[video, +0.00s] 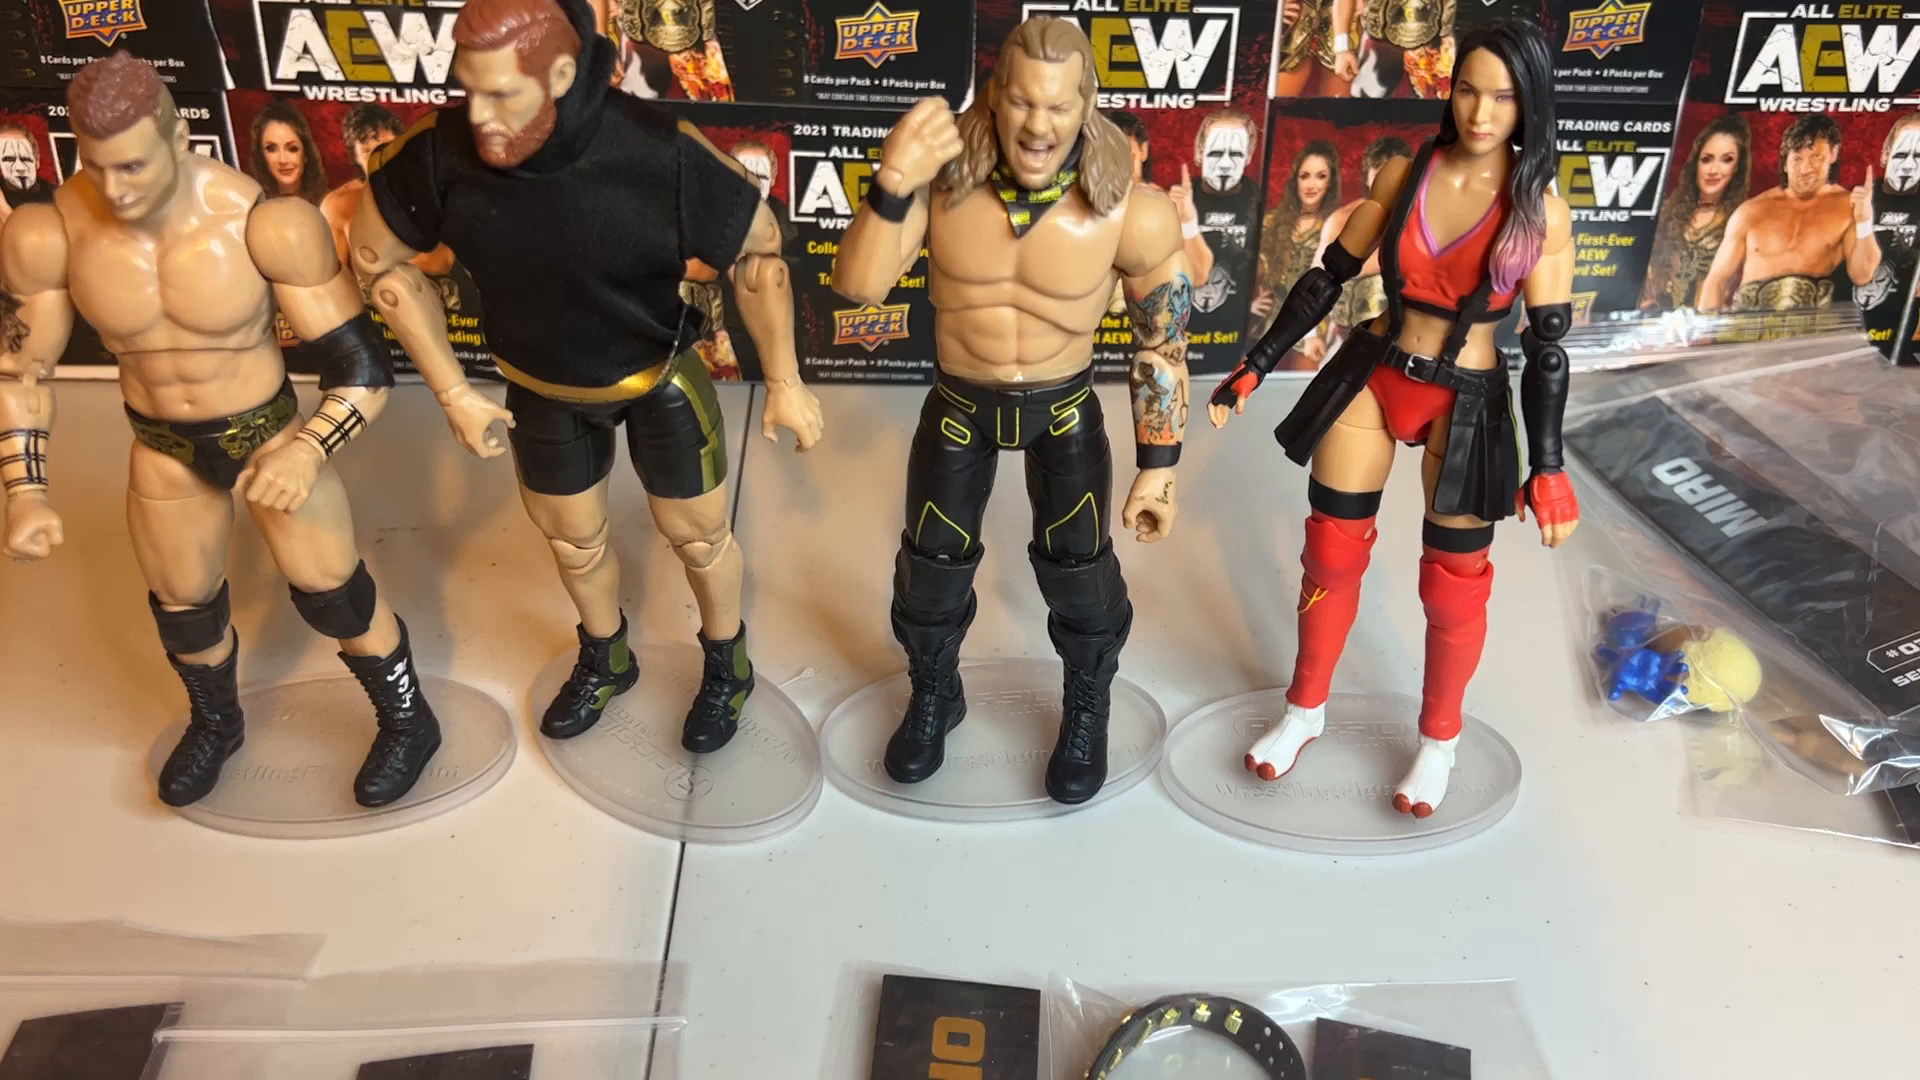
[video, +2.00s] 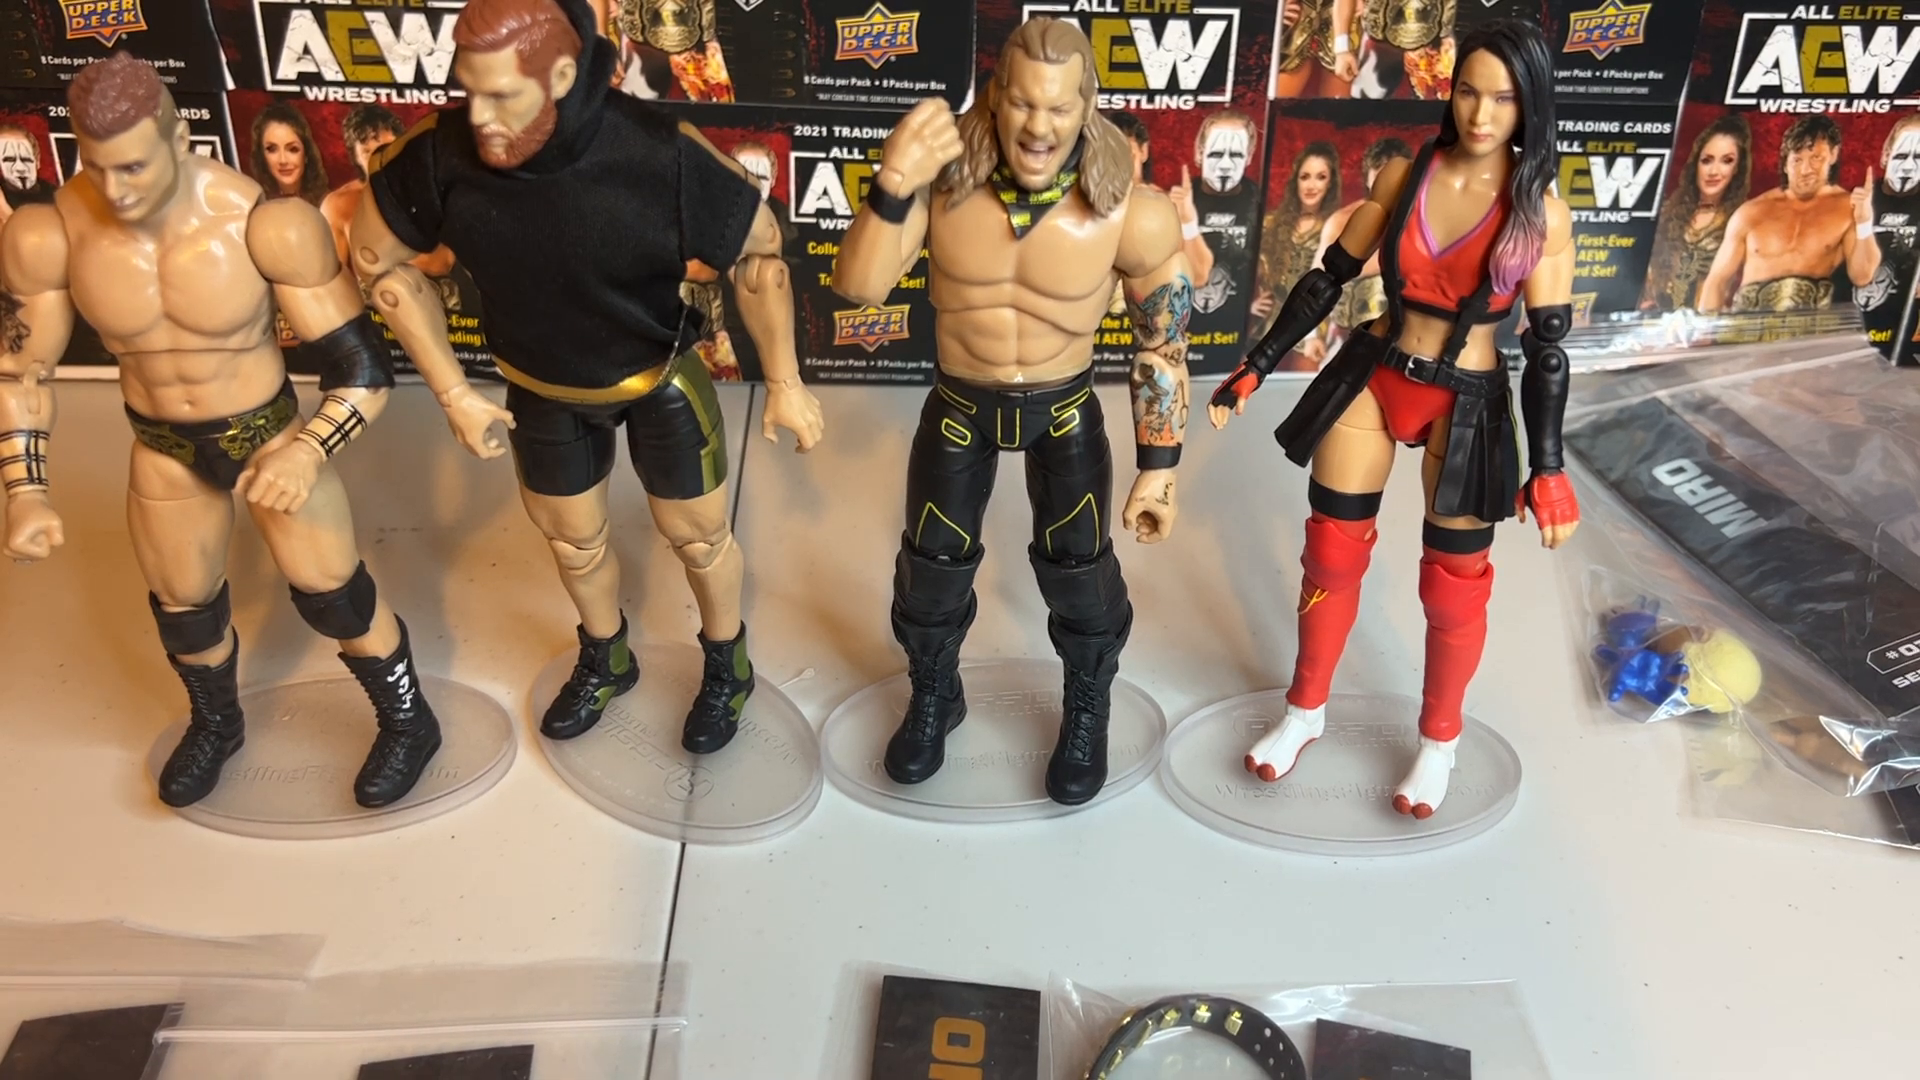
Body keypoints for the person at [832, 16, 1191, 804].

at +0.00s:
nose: (1039, 125)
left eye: (1059, 107)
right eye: (1023, 103)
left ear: (1086, 105)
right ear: (994, 94)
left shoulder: (1130, 207)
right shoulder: (943, 176)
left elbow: (1162, 337)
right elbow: (857, 285)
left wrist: (1160, 462)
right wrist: (891, 188)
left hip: (1064, 406)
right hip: (958, 402)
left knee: (1077, 567)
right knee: (932, 561)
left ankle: (1085, 712)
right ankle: (932, 699)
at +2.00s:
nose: (1039, 126)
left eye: (1059, 109)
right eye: (1023, 104)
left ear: (1086, 106)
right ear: (994, 94)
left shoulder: (1129, 207)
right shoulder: (943, 176)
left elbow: (1162, 337)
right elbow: (857, 287)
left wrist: (1161, 464)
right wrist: (892, 189)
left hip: (1064, 408)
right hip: (958, 403)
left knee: (1077, 568)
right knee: (932, 562)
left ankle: (1086, 712)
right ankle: (932, 699)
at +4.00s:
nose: (1039, 127)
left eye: (1060, 109)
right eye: (1024, 104)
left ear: (1086, 106)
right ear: (995, 95)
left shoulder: (1130, 208)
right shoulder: (944, 176)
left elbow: (1162, 337)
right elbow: (858, 287)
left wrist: (1161, 464)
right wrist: (891, 189)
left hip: (1064, 408)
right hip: (958, 403)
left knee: (1078, 569)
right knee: (933, 562)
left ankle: (1086, 712)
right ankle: (932, 699)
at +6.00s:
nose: (1039, 127)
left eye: (1060, 109)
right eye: (1024, 104)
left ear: (1086, 107)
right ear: (995, 95)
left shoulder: (1129, 207)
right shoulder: (943, 177)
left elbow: (1162, 337)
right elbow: (858, 287)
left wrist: (1161, 463)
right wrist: (892, 189)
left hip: (1064, 407)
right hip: (959, 402)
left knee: (1078, 568)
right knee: (932, 562)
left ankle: (1086, 713)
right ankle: (932, 699)